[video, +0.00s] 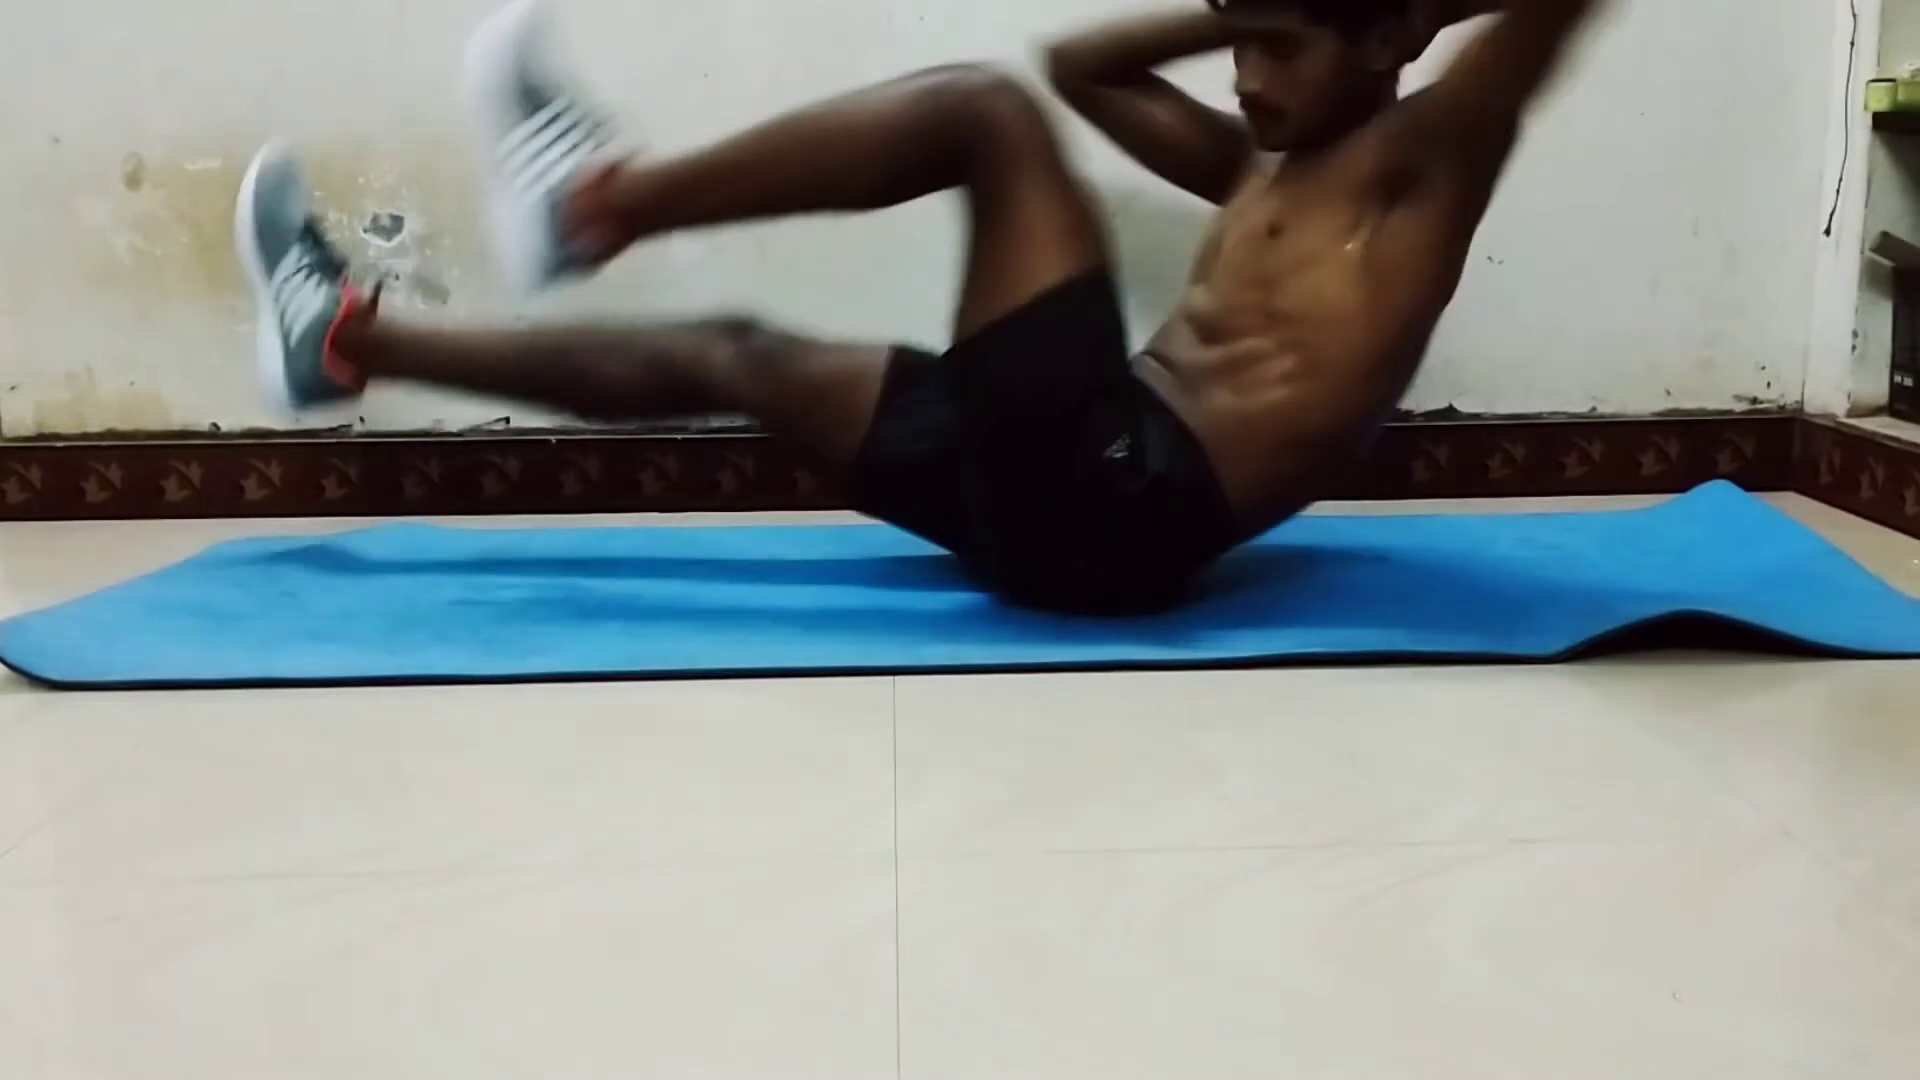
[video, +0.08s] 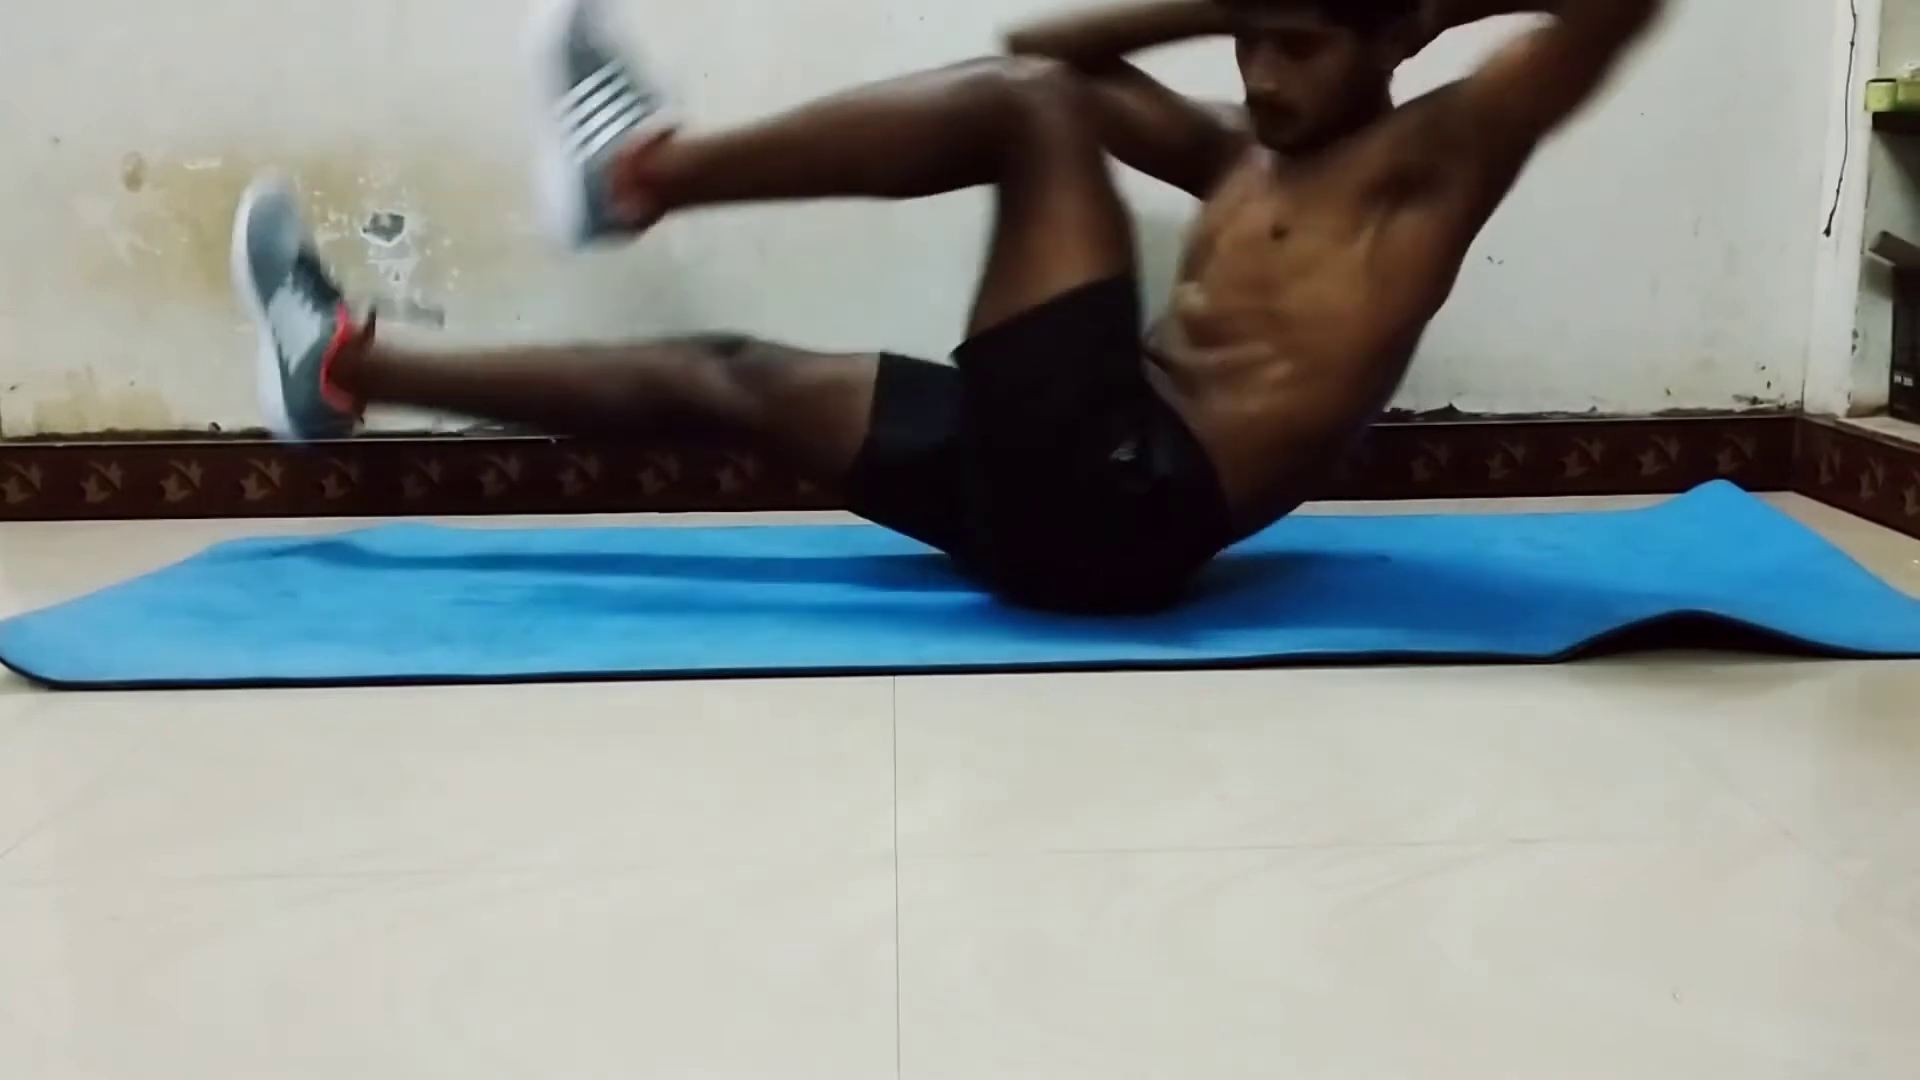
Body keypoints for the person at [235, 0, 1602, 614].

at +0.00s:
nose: (1247, 84)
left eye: (1274, 56)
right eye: (1240, 57)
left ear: (1370, 55)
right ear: (1257, 70)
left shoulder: (1426, 152)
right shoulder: (1263, 167)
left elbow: (1554, 19)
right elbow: (1085, 74)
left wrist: (1428, 54)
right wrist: (1258, 47)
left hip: (1126, 506)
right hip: (1059, 470)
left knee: (997, 108)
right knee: (740, 359)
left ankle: (600, 203)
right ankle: (354, 339)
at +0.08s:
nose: (1267, 83)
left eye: (1296, 56)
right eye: (1255, 60)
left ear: (1376, 54)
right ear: (1252, 76)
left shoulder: (1436, 153)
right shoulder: (1240, 162)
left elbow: (1618, 19)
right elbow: (1058, 64)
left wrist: (1458, 22)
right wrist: (1230, 29)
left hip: (1132, 503)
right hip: (1052, 459)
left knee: (1033, 112)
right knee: (737, 377)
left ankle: (642, 176)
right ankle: (352, 369)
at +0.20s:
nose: (1278, 64)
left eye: (1312, 42)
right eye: (1264, 37)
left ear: (1392, 43)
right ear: (1255, 33)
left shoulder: (1451, 152)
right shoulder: (1196, 127)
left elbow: (1693, 25)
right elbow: (1023, 46)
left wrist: (1519, 8)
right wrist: (1113, 33)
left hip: (1146, 498)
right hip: (1057, 436)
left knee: (1072, 100)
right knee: (729, 386)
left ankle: (682, 134)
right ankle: (355, 407)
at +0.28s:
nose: (1291, 64)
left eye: (1325, 42)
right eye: (1275, 37)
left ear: (1397, 42)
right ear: (1259, 29)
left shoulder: (1457, 148)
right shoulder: (1192, 116)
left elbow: (1707, 30)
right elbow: (995, 40)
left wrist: (1550, 13)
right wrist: (1130, 20)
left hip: (1147, 498)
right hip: (1061, 436)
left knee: (1073, 99)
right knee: (736, 384)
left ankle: (674, 121)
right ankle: (360, 412)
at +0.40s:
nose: (1296, 60)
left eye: (1333, 37)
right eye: (1281, 35)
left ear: (1406, 42)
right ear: (1264, 28)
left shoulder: (1462, 149)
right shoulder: (1207, 125)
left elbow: (1709, 29)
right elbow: (982, 40)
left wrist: (1539, 9)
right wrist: (1136, 24)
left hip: (1148, 501)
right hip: (1063, 453)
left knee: (1029, 108)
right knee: (739, 359)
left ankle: (626, 127)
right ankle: (375, 426)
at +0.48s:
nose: (1294, 62)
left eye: (1331, 39)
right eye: (1277, 37)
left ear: (1403, 41)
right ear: (1261, 34)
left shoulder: (1472, 151)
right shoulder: (1210, 130)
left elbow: (1696, 27)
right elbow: (1007, 47)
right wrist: (1142, 21)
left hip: (1149, 500)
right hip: (1063, 455)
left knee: (987, 128)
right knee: (743, 335)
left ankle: (586, 141)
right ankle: (387, 430)